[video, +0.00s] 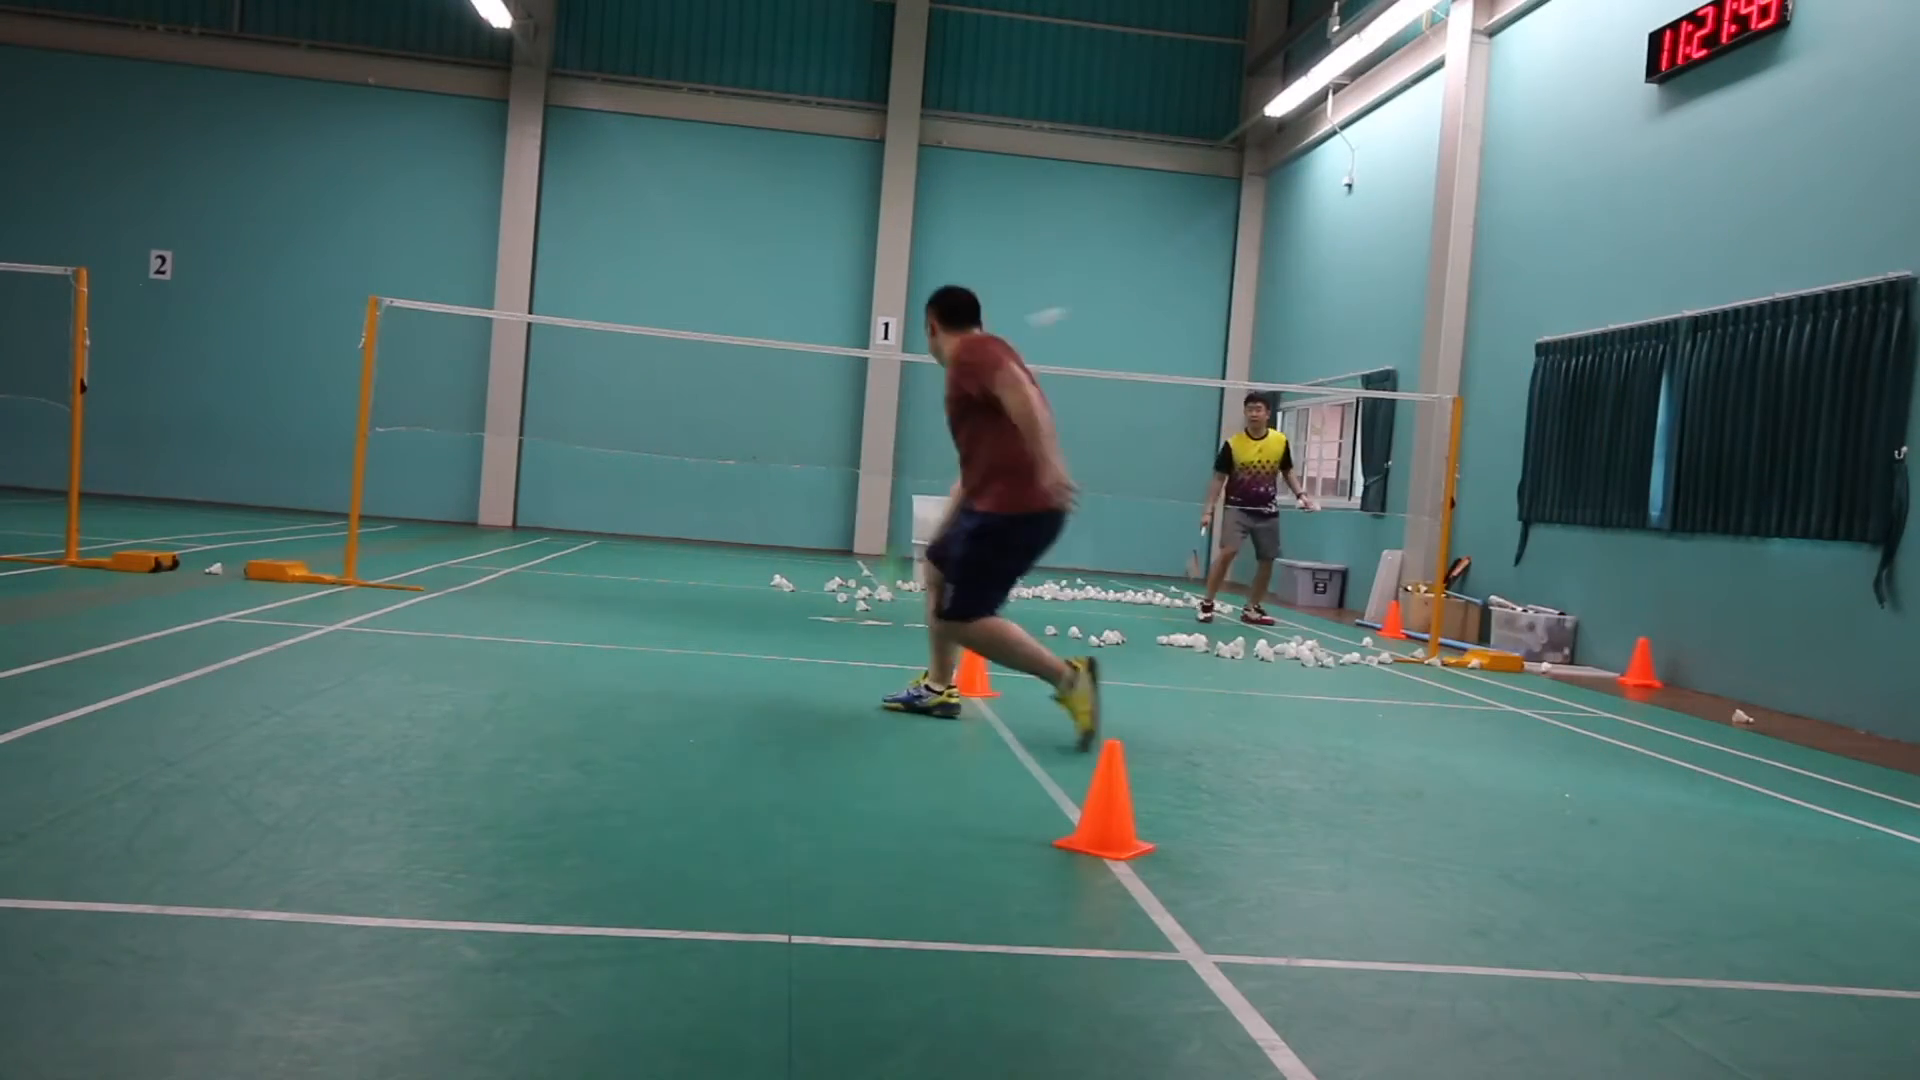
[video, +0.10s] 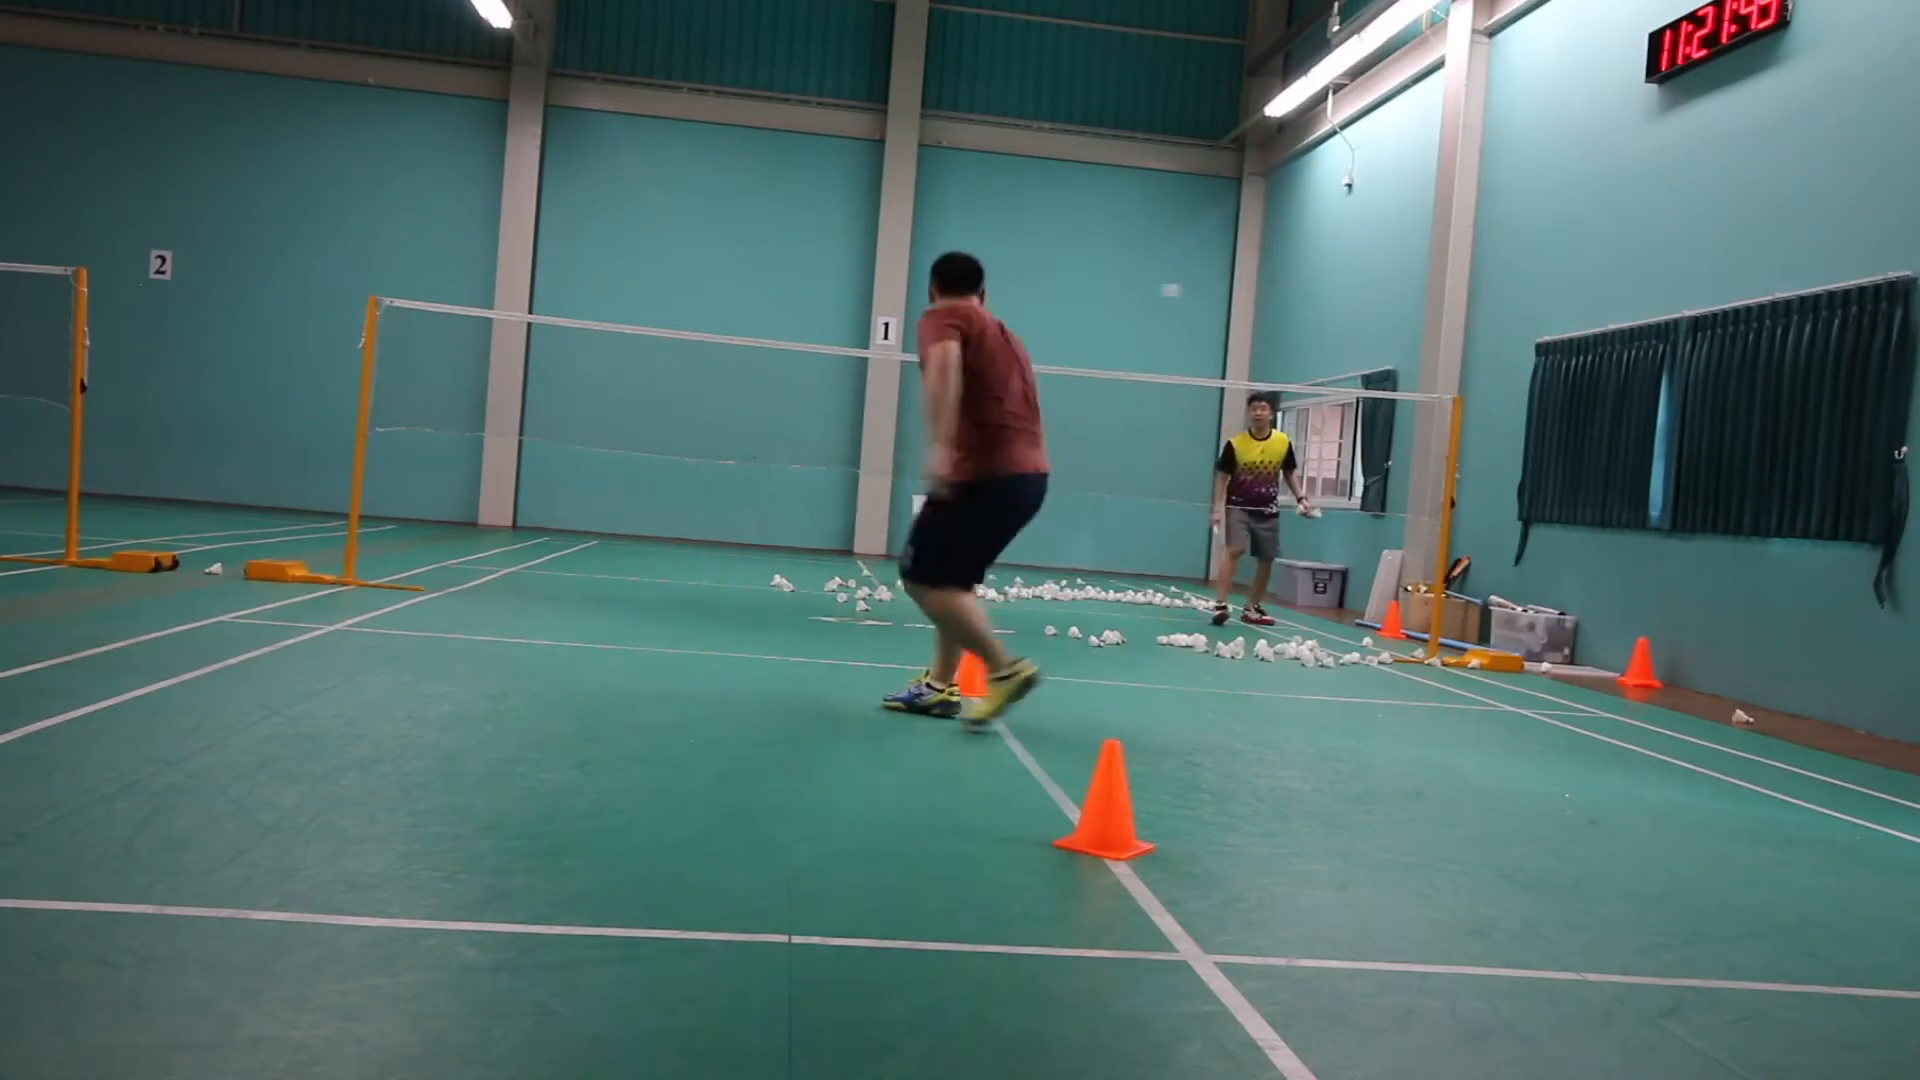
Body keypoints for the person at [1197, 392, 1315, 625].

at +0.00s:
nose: (1254, 414)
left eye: (1259, 409)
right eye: (1250, 409)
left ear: (1268, 414)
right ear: (1245, 413)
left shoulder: (1280, 442)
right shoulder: (1232, 445)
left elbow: (1288, 471)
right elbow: (1218, 479)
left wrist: (1300, 494)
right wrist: (1209, 511)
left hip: (1267, 512)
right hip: (1237, 510)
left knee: (1267, 560)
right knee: (1228, 551)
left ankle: (1252, 607)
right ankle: (1208, 601)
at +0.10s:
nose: (1258, 413)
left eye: (1263, 409)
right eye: (1254, 409)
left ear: (1272, 414)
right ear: (1248, 413)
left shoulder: (1283, 443)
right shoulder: (1235, 445)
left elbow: (1290, 473)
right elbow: (1222, 478)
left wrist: (1301, 497)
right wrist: (1217, 509)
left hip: (1268, 511)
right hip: (1238, 509)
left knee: (1266, 559)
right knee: (1235, 550)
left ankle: (1253, 607)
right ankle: (1222, 603)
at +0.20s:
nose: (1261, 415)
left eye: (1266, 411)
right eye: (1257, 411)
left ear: (1273, 416)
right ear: (1250, 416)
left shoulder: (1282, 445)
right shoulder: (1235, 446)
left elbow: (1289, 476)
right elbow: (1221, 479)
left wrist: (1301, 501)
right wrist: (1223, 512)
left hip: (1266, 513)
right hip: (1239, 511)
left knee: (1265, 561)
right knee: (1236, 557)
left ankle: (1253, 607)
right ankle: (1226, 608)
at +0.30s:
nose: (1268, 414)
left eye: (1272, 410)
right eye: (1263, 409)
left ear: (1277, 415)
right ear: (1255, 413)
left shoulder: (1280, 445)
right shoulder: (1240, 441)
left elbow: (1281, 476)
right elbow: (1223, 468)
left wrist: (1299, 501)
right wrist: (1237, 495)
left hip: (1259, 508)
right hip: (1234, 505)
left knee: (1261, 558)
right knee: (1235, 554)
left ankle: (1253, 607)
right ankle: (1226, 608)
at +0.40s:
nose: (1273, 411)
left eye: (1277, 407)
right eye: (1269, 406)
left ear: (1280, 413)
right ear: (1258, 409)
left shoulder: (1276, 441)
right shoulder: (1244, 429)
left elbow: (1274, 475)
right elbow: (1233, 434)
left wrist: (1292, 499)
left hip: (1257, 504)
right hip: (1232, 501)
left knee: (1261, 556)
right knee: (1235, 552)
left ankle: (1253, 605)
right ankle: (1227, 608)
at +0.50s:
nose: (1274, 406)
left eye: (1278, 403)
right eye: (1269, 402)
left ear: (1279, 410)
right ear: (1257, 405)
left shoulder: (1273, 440)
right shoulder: (1246, 426)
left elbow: (1265, 474)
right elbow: (1245, 404)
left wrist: (1283, 495)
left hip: (1257, 502)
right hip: (1233, 499)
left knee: (1260, 554)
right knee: (1238, 552)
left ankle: (1250, 603)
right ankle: (1226, 606)